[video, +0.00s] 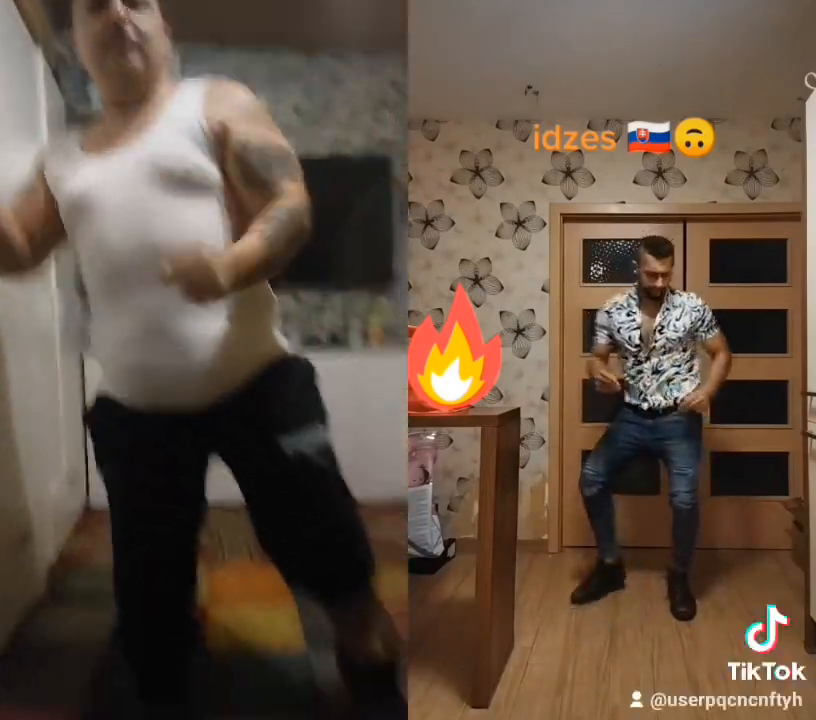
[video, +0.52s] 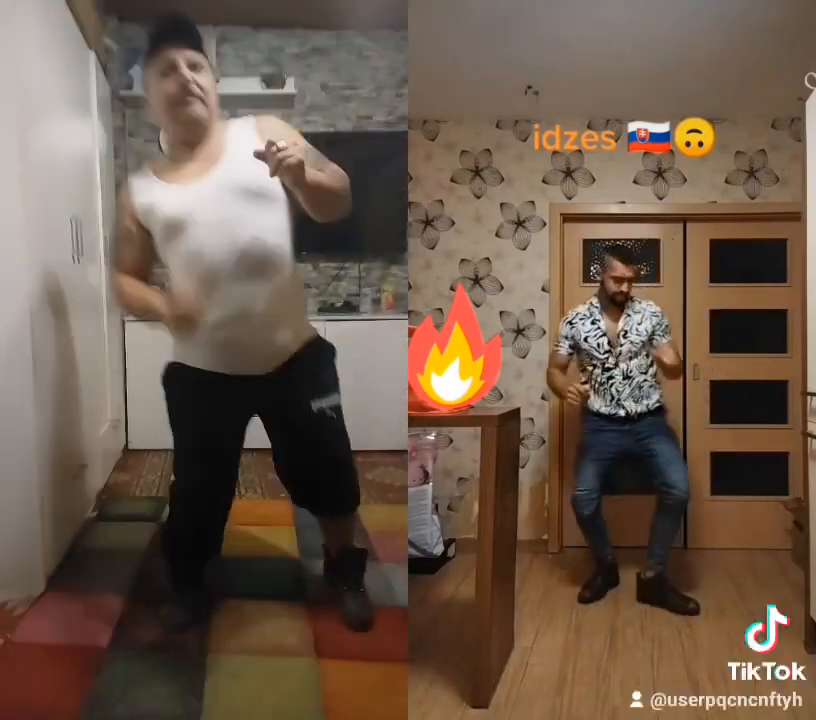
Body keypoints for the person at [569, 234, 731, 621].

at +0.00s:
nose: (659, 284)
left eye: (665, 276)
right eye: (651, 276)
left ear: (672, 272)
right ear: (637, 271)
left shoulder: (691, 308)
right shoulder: (613, 312)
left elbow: (722, 353)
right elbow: (597, 360)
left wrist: (707, 391)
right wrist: (603, 374)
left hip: (679, 419)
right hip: (632, 418)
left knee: (684, 498)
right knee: (592, 478)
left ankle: (680, 578)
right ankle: (610, 567)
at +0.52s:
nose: (623, 288)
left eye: (629, 281)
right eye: (616, 280)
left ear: (635, 282)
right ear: (600, 280)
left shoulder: (649, 314)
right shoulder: (578, 321)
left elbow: (674, 372)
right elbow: (555, 370)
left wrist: (669, 362)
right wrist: (566, 388)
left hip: (649, 422)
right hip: (602, 425)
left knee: (677, 490)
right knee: (584, 498)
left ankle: (654, 579)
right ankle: (605, 570)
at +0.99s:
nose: (613, 277)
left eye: (618, 271)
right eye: (607, 270)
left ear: (624, 272)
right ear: (591, 271)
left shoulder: (643, 304)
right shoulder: (575, 317)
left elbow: (662, 356)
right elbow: (556, 367)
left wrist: (645, 346)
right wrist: (567, 388)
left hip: (638, 414)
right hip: (596, 414)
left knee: (664, 483)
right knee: (593, 490)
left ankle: (660, 581)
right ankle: (606, 570)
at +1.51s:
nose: (620, 262)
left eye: (626, 256)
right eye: (613, 255)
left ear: (632, 262)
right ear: (600, 260)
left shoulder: (651, 299)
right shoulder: (582, 306)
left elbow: (660, 339)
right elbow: (562, 357)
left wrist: (656, 372)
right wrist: (592, 358)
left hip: (642, 406)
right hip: (598, 406)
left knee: (669, 477)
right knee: (596, 486)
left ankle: (650, 552)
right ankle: (607, 565)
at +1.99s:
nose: (649, 261)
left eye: (655, 256)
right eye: (643, 255)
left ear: (662, 262)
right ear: (630, 259)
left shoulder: (672, 302)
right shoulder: (606, 299)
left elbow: (681, 341)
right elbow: (583, 349)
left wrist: (679, 362)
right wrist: (613, 355)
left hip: (661, 407)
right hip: (616, 406)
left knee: (674, 481)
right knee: (601, 481)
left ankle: (671, 561)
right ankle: (609, 566)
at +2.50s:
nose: (661, 270)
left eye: (667, 264)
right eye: (655, 265)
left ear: (678, 268)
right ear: (646, 271)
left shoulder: (697, 312)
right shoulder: (626, 310)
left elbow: (719, 365)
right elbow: (603, 356)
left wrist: (703, 349)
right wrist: (611, 375)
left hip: (679, 413)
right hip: (633, 411)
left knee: (686, 487)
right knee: (605, 478)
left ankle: (673, 563)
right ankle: (624, 569)